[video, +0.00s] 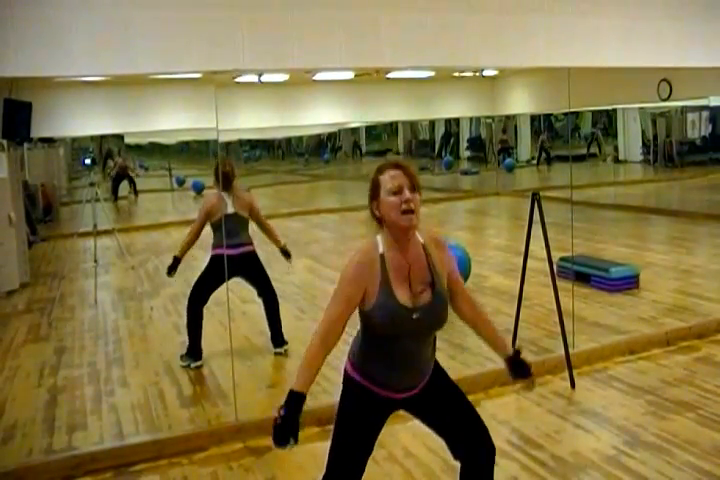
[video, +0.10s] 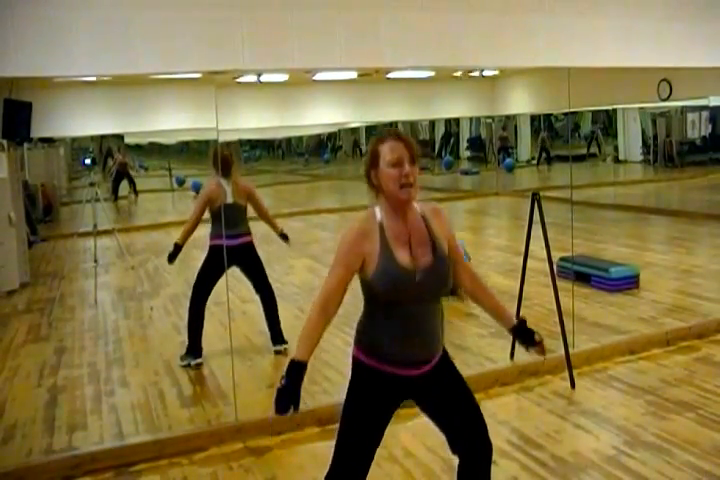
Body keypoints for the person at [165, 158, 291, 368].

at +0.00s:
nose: (219, 181)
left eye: (217, 177)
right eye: (228, 176)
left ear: (215, 178)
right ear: (234, 177)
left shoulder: (211, 200)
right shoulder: (246, 198)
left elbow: (195, 232)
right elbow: (263, 223)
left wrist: (178, 257)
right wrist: (281, 245)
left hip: (221, 262)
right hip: (248, 261)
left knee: (196, 301)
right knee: (269, 295)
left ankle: (194, 354)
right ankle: (279, 342)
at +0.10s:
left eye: (215, 163)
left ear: (214, 165)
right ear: (233, 164)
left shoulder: (211, 188)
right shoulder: (245, 187)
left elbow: (194, 220)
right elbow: (263, 214)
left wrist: (179, 245)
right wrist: (279, 231)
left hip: (220, 253)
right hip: (246, 251)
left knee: (198, 297)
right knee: (265, 291)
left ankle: (194, 352)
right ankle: (278, 339)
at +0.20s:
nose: (219, 156)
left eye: (215, 152)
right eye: (226, 151)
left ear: (214, 154)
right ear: (233, 152)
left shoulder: (211, 179)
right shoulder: (244, 176)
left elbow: (198, 213)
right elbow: (262, 204)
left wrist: (184, 238)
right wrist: (276, 223)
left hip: (216, 241)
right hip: (242, 240)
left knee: (200, 287)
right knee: (261, 281)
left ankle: (195, 339)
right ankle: (274, 330)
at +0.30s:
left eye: (214, 153)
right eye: (231, 152)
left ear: (214, 154)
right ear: (233, 153)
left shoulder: (210, 181)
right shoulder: (244, 177)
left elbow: (200, 216)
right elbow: (260, 206)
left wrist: (189, 243)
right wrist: (275, 226)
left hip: (214, 240)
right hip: (240, 240)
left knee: (197, 286)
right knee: (258, 281)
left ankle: (194, 338)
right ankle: (271, 329)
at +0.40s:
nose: (222, 168)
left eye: (217, 165)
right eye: (226, 164)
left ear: (214, 167)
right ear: (232, 166)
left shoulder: (210, 193)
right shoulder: (243, 189)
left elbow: (201, 227)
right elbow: (259, 217)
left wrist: (192, 256)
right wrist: (275, 239)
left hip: (213, 252)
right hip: (240, 251)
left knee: (195, 296)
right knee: (256, 290)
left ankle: (193, 344)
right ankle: (269, 333)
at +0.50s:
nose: (215, 172)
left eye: (213, 168)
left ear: (213, 170)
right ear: (231, 169)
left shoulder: (209, 195)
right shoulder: (241, 192)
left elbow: (203, 231)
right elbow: (255, 223)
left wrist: (195, 258)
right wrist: (269, 248)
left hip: (213, 254)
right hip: (240, 253)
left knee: (191, 292)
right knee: (259, 287)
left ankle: (192, 343)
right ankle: (269, 331)